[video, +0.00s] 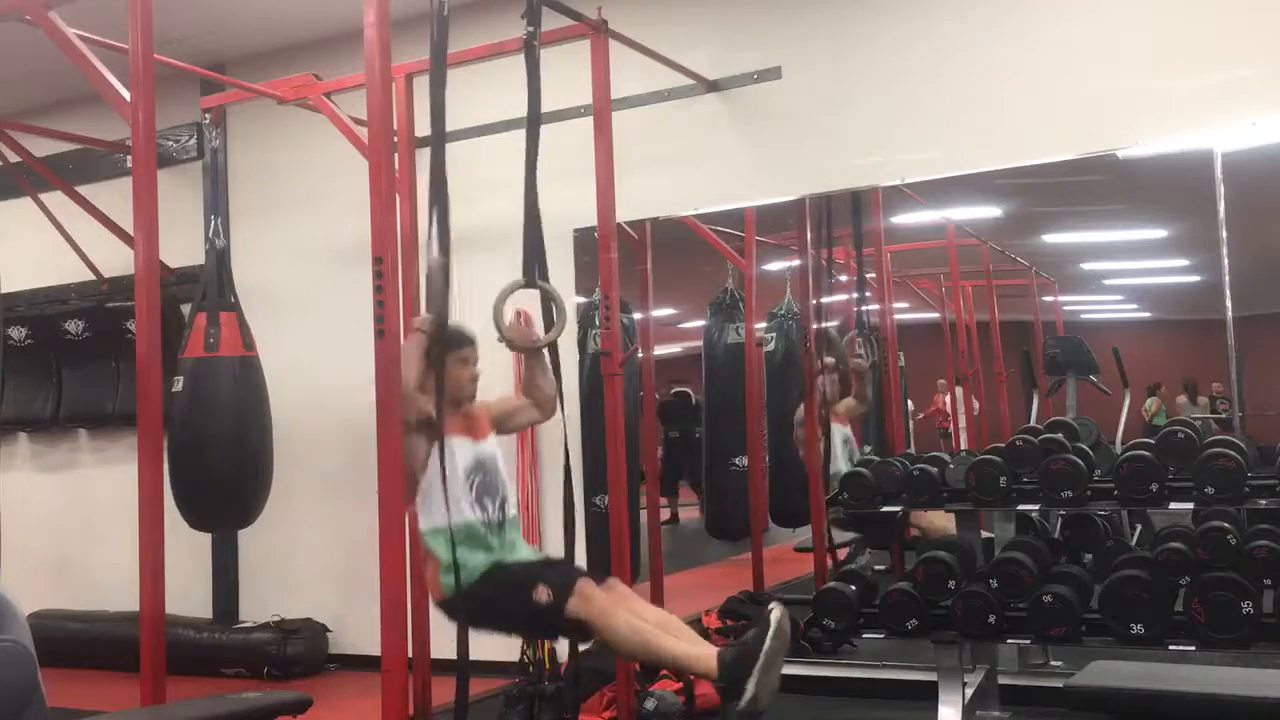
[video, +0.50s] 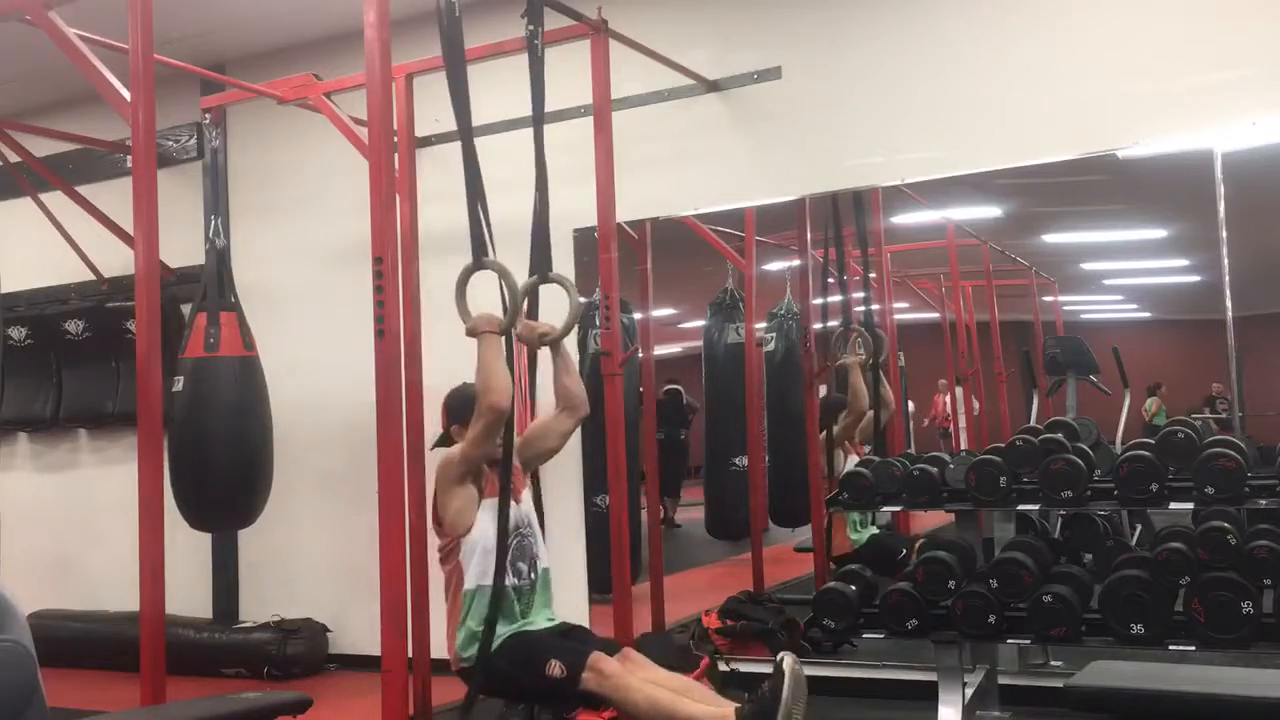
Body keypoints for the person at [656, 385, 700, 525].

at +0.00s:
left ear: (672, 396)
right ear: (690, 397)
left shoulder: (665, 406)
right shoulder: (696, 406)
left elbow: (664, 421)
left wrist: (658, 402)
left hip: (672, 450)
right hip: (693, 449)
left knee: (669, 482)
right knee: (695, 480)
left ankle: (674, 514)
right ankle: (705, 505)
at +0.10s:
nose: (679, 402)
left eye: (678, 399)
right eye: (679, 399)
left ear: (670, 395)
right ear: (689, 397)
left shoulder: (663, 406)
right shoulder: (694, 407)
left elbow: (660, 425)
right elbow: (696, 425)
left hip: (669, 447)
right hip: (689, 446)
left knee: (669, 481)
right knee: (690, 479)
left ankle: (673, 514)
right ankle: (690, 508)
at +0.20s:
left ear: (669, 395)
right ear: (686, 396)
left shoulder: (661, 406)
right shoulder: (689, 408)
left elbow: (657, 426)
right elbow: (692, 425)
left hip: (666, 447)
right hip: (684, 447)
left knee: (666, 480)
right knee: (682, 480)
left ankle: (674, 513)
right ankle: (679, 513)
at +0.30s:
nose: (674, 399)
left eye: (672, 396)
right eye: (678, 397)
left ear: (668, 395)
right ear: (684, 397)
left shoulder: (661, 407)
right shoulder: (686, 410)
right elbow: (689, 427)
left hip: (664, 447)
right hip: (681, 447)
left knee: (665, 481)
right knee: (678, 480)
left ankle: (672, 513)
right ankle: (675, 512)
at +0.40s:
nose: (674, 398)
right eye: (676, 394)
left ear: (665, 393)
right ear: (682, 394)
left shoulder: (660, 404)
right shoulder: (686, 405)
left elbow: (654, 423)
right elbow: (699, 407)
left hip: (662, 444)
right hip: (680, 445)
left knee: (664, 479)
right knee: (676, 480)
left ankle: (671, 514)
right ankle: (674, 514)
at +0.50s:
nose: (673, 397)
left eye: (672, 395)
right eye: (673, 395)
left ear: (664, 394)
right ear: (681, 394)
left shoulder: (658, 404)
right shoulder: (685, 406)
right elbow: (696, 407)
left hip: (661, 443)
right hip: (679, 444)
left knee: (661, 479)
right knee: (676, 480)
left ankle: (667, 512)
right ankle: (671, 515)